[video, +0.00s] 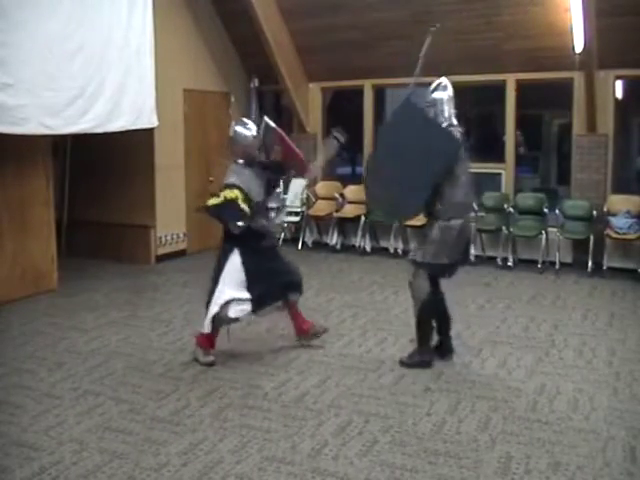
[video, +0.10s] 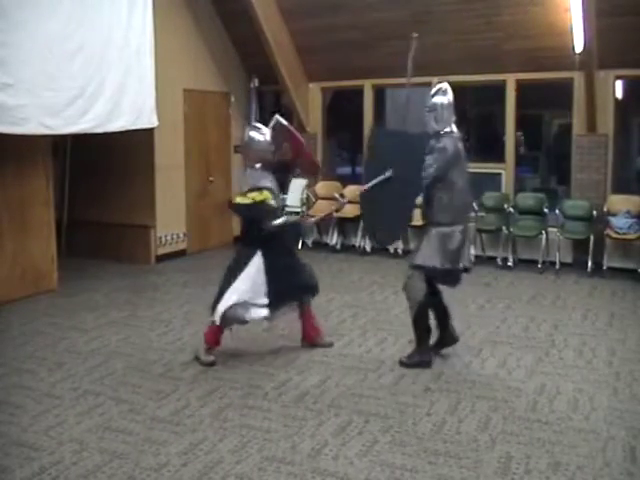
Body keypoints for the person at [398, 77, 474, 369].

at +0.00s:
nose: (424, 114)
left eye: (427, 108)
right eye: (425, 108)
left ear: (434, 109)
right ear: (447, 107)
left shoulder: (444, 140)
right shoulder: (453, 138)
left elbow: (429, 179)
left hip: (447, 220)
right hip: (456, 217)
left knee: (420, 279)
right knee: (430, 279)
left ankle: (424, 349)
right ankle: (444, 343)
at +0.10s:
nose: (432, 116)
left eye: (437, 110)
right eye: (430, 110)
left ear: (448, 112)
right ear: (428, 112)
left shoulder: (449, 143)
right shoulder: (439, 142)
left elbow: (424, 177)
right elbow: (424, 176)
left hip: (448, 226)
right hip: (441, 223)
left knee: (415, 282)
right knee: (424, 279)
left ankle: (422, 348)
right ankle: (445, 330)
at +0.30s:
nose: (438, 116)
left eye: (441, 112)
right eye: (440, 111)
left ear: (446, 115)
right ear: (459, 115)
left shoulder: (451, 145)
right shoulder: (458, 142)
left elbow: (429, 172)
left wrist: (388, 184)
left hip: (445, 225)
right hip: (454, 223)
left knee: (411, 282)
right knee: (448, 281)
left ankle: (421, 350)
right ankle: (475, 327)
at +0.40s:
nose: (446, 118)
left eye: (450, 114)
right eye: (448, 113)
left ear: (453, 119)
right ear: (466, 120)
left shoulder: (447, 150)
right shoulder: (469, 149)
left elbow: (425, 181)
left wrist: (410, 149)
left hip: (444, 223)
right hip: (463, 222)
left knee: (416, 282)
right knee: (461, 284)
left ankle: (422, 349)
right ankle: (483, 333)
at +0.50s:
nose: (449, 118)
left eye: (454, 114)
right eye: (451, 113)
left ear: (464, 118)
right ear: (467, 119)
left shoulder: (460, 149)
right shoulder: (472, 146)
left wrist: (418, 153)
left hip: (449, 224)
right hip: (464, 222)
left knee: (424, 281)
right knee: (460, 282)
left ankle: (422, 347)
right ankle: (483, 332)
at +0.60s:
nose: (454, 118)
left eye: (460, 113)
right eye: (454, 113)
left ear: (471, 116)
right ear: (452, 115)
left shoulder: (469, 147)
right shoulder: (460, 144)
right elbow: (436, 171)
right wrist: (423, 152)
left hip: (450, 225)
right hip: (459, 224)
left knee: (426, 280)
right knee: (464, 281)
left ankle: (421, 342)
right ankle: (484, 333)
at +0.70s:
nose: (453, 117)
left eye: (457, 112)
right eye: (454, 112)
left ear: (466, 114)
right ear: (470, 116)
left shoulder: (466, 145)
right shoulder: (473, 141)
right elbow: (446, 167)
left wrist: (423, 150)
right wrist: (430, 151)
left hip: (454, 221)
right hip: (465, 220)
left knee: (433, 278)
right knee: (465, 280)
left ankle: (421, 341)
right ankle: (484, 333)